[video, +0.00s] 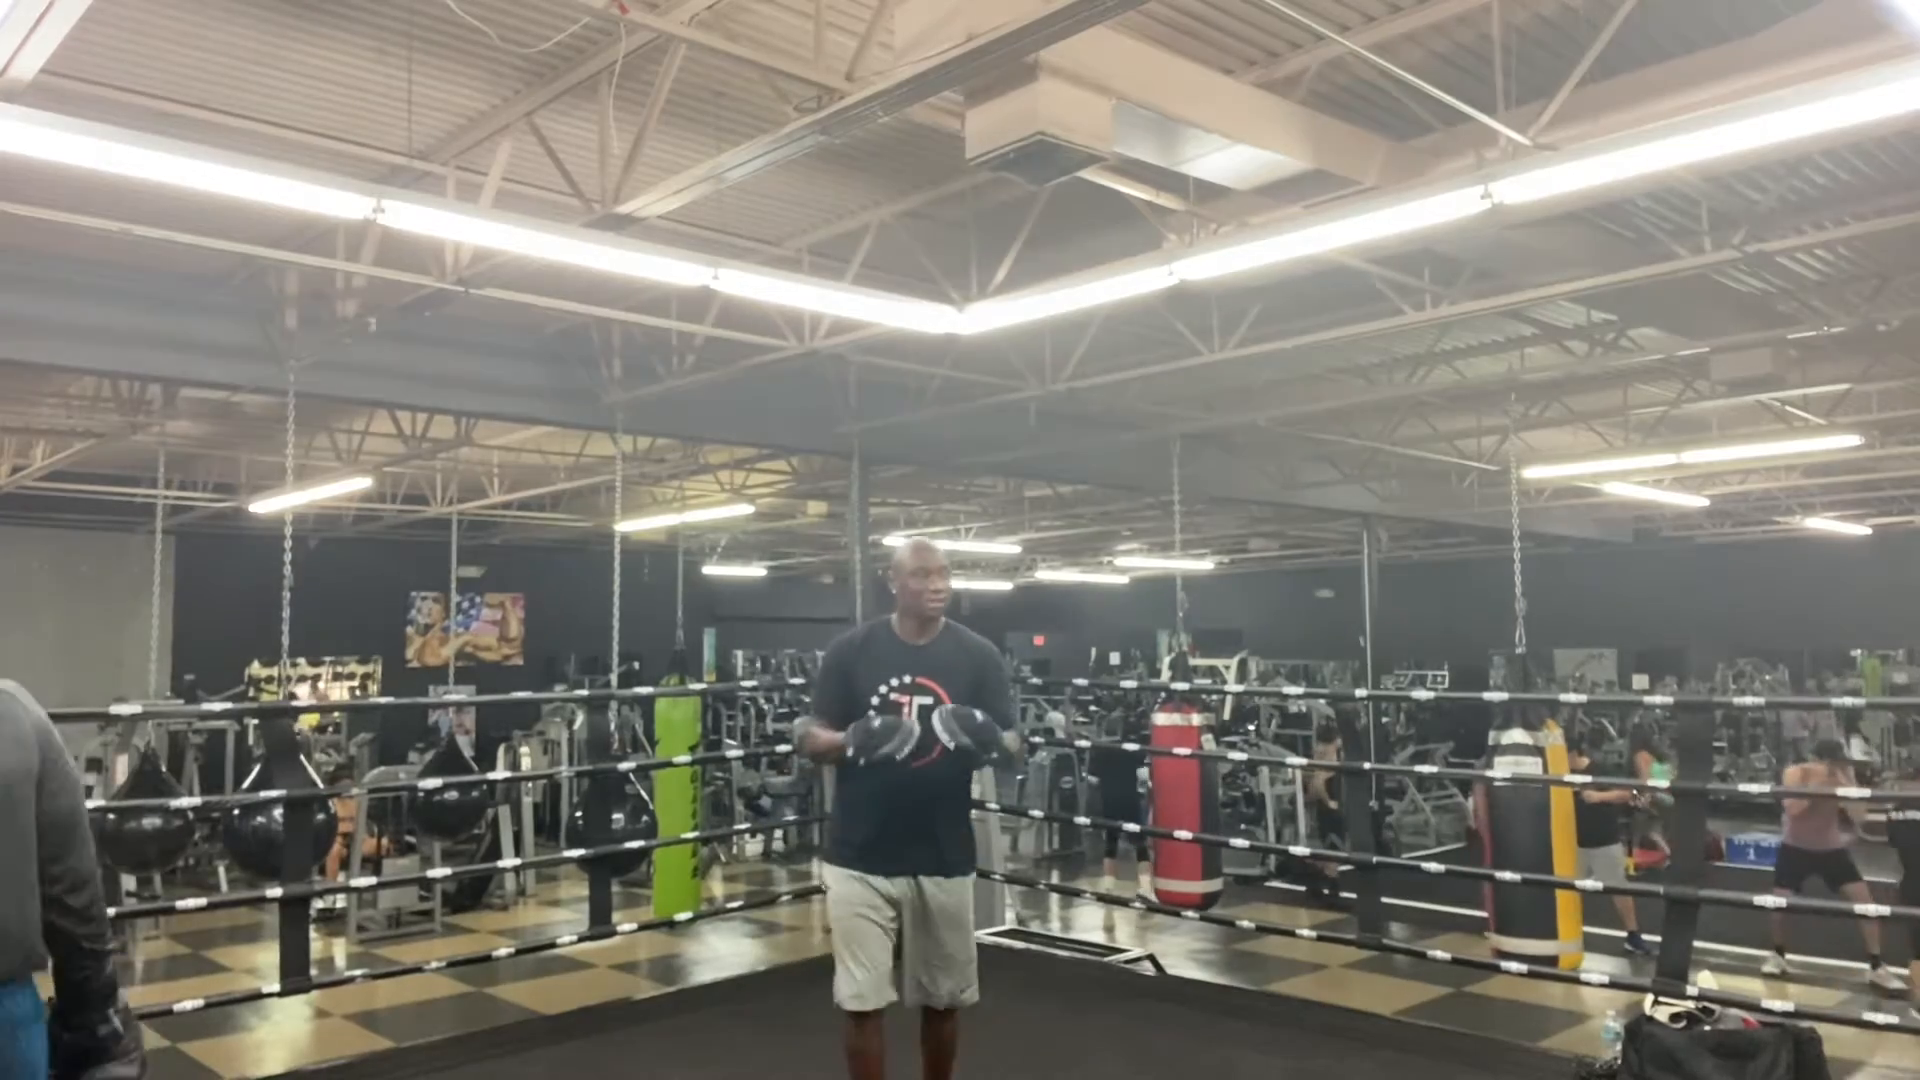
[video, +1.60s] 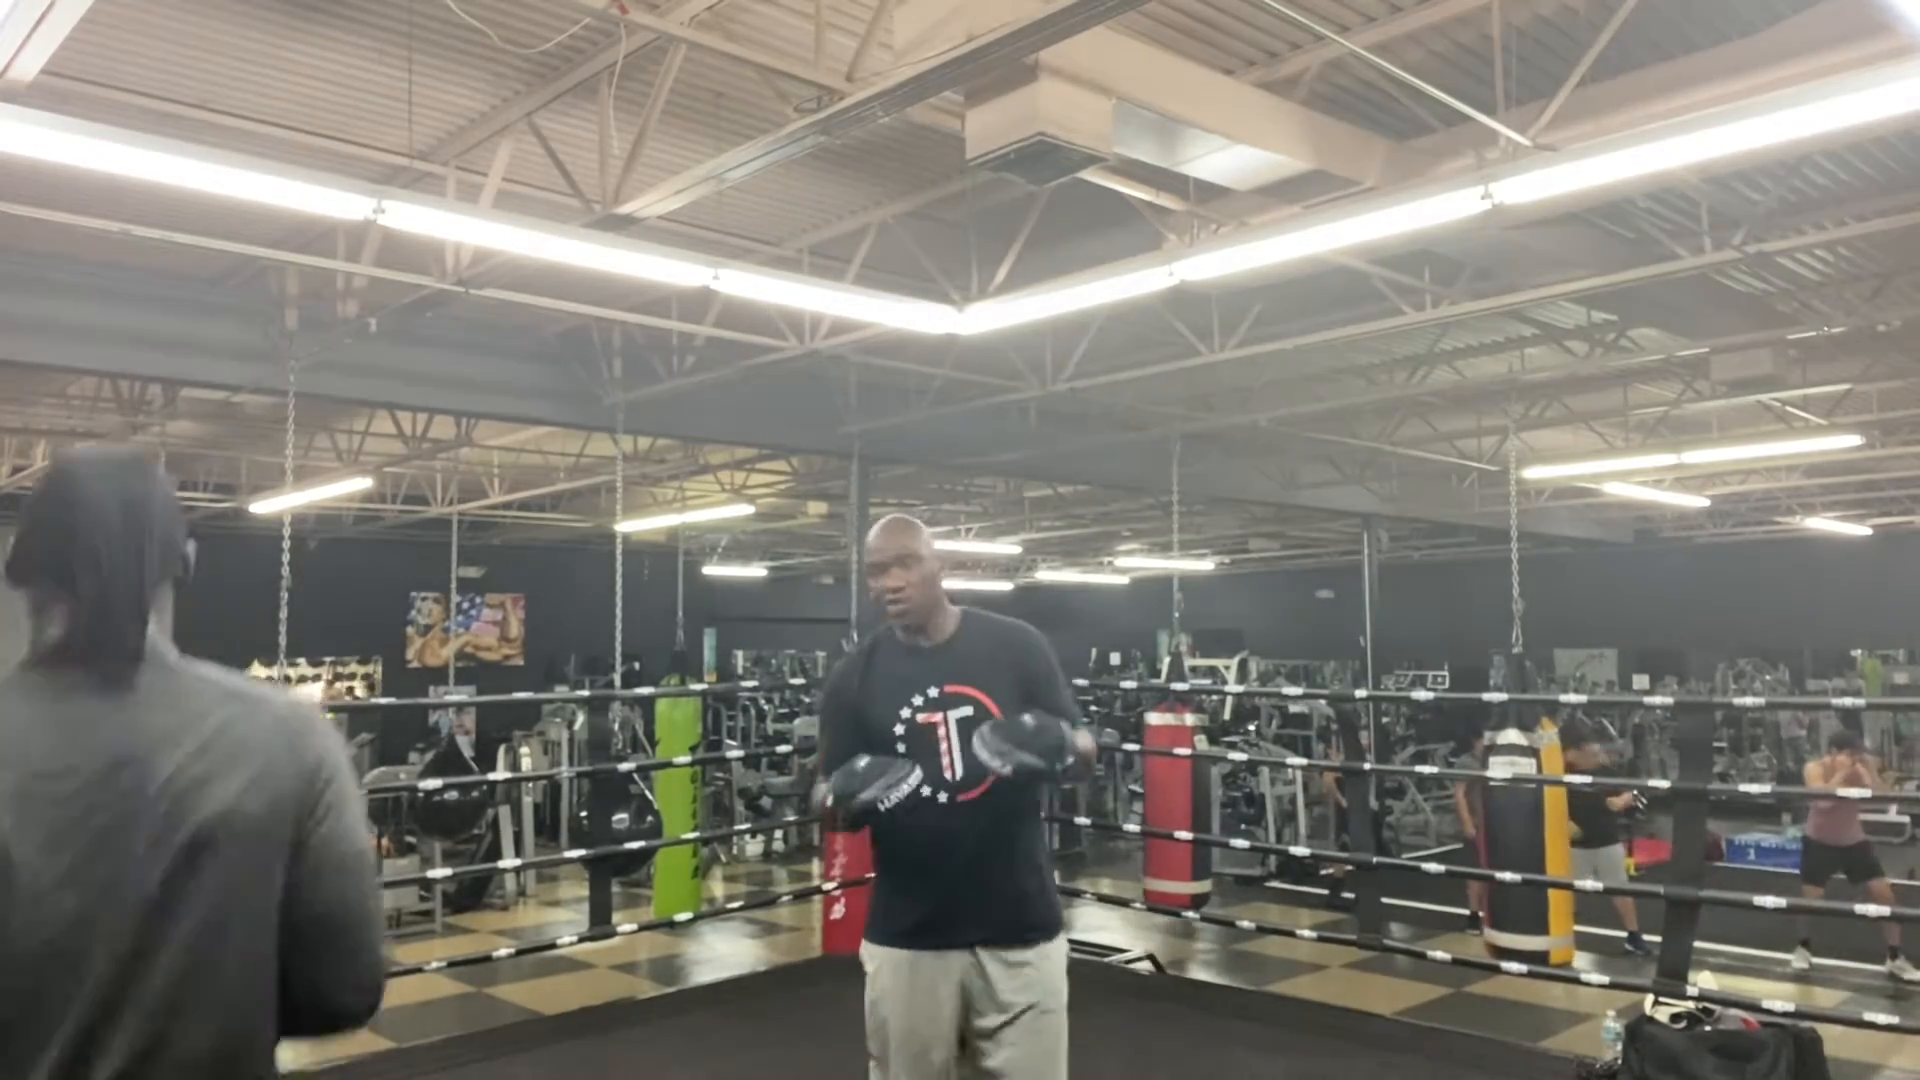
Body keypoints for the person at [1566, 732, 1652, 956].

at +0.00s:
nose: (1564, 761)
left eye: (1567, 756)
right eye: (1562, 757)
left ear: (1578, 754)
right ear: (1561, 757)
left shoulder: (1600, 770)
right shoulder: (1557, 777)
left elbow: (1627, 793)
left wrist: (1599, 796)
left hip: (1604, 840)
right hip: (1573, 843)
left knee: (1620, 889)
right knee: (1566, 892)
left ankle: (1633, 934)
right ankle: (1563, 937)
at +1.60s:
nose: (1597, 758)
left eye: (1598, 752)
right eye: (1591, 753)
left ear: (1601, 750)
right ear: (1571, 754)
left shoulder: (1606, 773)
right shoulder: (1564, 777)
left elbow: (1624, 791)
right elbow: (1572, 808)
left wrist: (1623, 799)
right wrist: (1607, 803)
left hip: (1607, 840)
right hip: (1575, 843)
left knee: (1620, 890)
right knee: (1565, 892)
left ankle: (1633, 934)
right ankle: (1561, 936)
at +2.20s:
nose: (1608, 760)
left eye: (1610, 755)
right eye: (1604, 754)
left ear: (1612, 753)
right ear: (1590, 750)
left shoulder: (1610, 774)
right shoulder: (1568, 771)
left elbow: (1614, 799)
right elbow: (1554, 797)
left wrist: (1627, 804)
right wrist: (1579, 811)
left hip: (1607, 842)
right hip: (1576, 843)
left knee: (1620, 890)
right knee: (1570, 892)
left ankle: (1633, 935)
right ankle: (1564, 932)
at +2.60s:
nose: (1575, 752)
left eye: (1580, 747)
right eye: (1575, 747)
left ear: (1596, 750)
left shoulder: (1615, 774)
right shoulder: (1567, 773)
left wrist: (1627, 805)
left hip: (1608, 841)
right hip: (1575, 842)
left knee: (1620, 890)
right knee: (1571, 890)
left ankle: (1633, 934)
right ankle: (1564, 932)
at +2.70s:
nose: (1576, 753)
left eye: (1580, 749)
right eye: (1579, 749)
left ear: (1593, 750)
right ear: (1575, 751)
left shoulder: (1615, 774)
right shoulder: (1568, 775)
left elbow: (1637, 800)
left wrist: (1613, 805)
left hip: (1608, 841)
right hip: (1575, 841)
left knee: (1620, 890)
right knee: (1569, 892)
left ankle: (1633, 935)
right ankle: (1561, 935)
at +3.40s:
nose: (1575, 757)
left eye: (1578, 751)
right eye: (1572, 752)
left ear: (1589, 753)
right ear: (1567, 753)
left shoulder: (1607, 772)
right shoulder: (1562, 776)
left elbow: (1632, 794)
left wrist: (1611, 797)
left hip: (1604, 841)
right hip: (1573, 843)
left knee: (1619, 889)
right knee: (1567, 893)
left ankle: (1633, 935)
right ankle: (1563, 938)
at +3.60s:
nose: (1586, 760)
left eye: (1590, 754)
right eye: (1581, 754)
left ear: (1596, 755)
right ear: (1570, 755)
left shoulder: (1604, 778)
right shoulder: (1564, 780)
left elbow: (1616, 804)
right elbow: (1556, 810)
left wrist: (1628, 803)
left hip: (1605, 842)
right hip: (1575, 844)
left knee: (1620, 889)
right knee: (1570, 893)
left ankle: (1633, 934)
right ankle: (1568, 940)